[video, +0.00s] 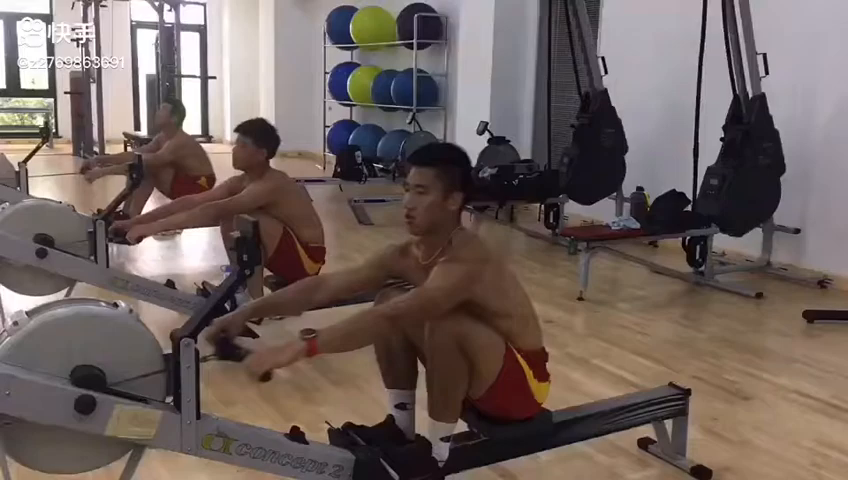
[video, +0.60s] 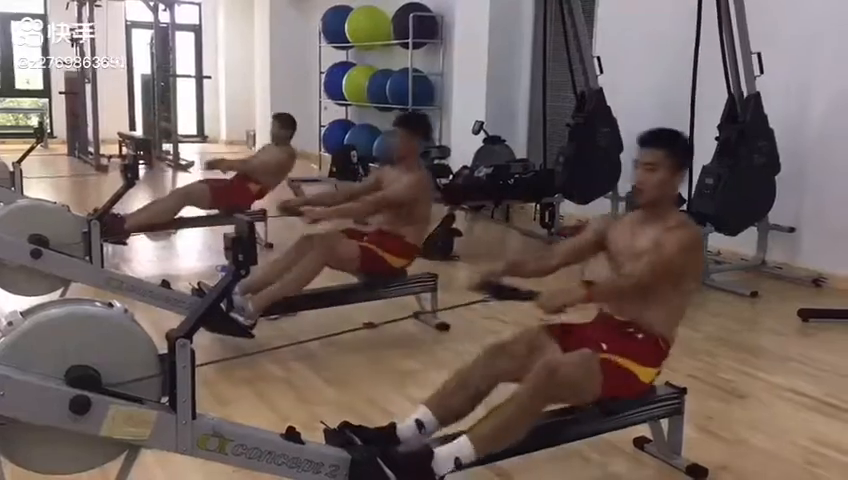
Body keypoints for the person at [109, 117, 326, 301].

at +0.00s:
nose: (233, 147)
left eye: (240, 143)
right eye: (235, 142)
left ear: (261, 152)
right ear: (252, 152)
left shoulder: (271, 185)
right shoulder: (243, 182)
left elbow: (215, 215)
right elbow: (194, 201)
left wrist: (148, 230)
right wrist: (139, 221)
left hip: (305, 264)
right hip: (287, 259)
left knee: (249, 220)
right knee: (229, 215)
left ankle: (254, 298)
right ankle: (238, 286)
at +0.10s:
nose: (245, 145)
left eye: (252, 141)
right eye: (247, 139)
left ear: (272, 151)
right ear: (267, 151)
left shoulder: (279, 184)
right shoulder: (253, 180)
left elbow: (224, 213)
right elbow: (202, 201)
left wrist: (165, 228)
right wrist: (142, 221)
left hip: (312, 263)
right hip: (296, 258)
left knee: (260, 221)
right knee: (236, 215)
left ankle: (255, 302)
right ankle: (242, 292)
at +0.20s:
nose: (271, 144)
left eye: (278, 139)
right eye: (273, 137)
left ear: (298, 147)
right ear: (293, 147)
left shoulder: (305, 183)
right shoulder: (279, 176)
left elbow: (249, 212)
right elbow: (235, 201)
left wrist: (194, 230)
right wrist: (180, 219)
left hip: (326, 259)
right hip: (312, 252)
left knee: (267, 220)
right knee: (256, 223)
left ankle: (254, 301)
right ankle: (243, 292)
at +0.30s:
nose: (303, 140)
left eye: (310, 135)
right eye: (304, 133)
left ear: (327, 144)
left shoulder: (331, 182)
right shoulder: (305, 176)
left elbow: (277, 212)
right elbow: (257, 201)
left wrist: (221, 229)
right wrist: (205, 217)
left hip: (344, 257)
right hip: (331, 248)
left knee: (276, 221)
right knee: (265, 217)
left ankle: (256, 299)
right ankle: (246, 288)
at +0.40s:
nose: (334, 139)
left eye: (339, 134)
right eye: (335, 133)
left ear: (356, 139)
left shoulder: (360, 178)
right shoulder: (336, 170)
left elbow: (313, 207)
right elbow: (292, 195)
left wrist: (260, 221)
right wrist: (237, 210)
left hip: (362, 254)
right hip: (347, 244)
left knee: (294, 227)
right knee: (281, 222)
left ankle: (256, 302)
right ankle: (244, 289)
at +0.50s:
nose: (364, 137)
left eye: (371, 133)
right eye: (366, 131)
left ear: (387, 139)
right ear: (374, 136)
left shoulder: (389, 178)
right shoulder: (359, 171)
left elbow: (342, 205)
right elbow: (314, 195)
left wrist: (288, 217)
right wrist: (266, 207)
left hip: (380, 252)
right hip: (361, 240)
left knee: (307, 236)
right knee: (293, 229)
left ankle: (255, 304)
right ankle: (243, 291)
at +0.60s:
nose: (393, 141)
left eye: (400, 136)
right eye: (394, 135)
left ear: (416, 142)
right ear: (396, 138)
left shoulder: (416, 180)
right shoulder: (388, 172)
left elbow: (373, 205)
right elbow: (350, 192)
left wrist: (323, 215)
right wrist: (305, 199)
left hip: (392, 253)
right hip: (371, 239)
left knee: (322, 248)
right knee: (306, 242)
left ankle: (255, 307)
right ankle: (240, 290)